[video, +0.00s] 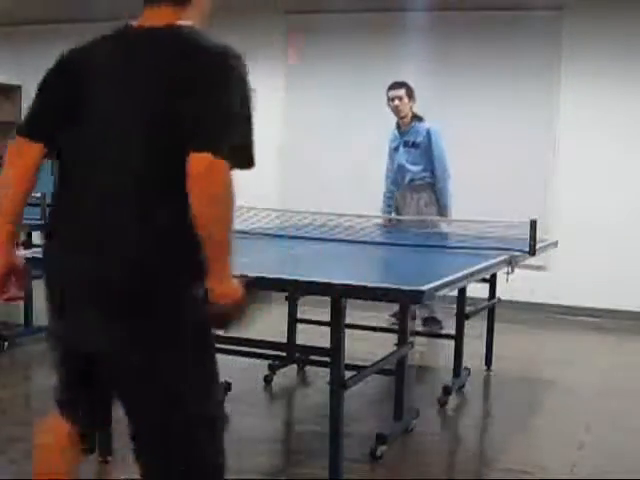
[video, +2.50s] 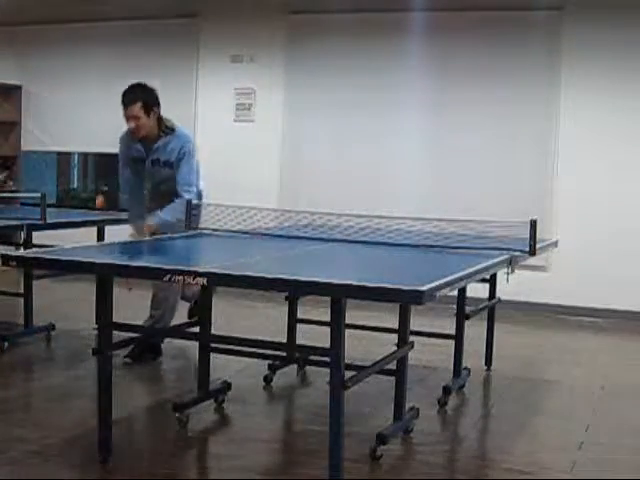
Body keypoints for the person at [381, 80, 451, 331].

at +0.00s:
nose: (396, 104)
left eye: (400, 98)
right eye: (391, 100)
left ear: (411, 101)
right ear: (388, 105)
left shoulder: (428, 132)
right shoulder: (395, 138)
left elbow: (442, 172)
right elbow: (390, 177)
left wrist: (445, 212)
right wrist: (386, 211)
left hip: (424, 193)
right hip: (402, 194)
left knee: (425, 250)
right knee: (403, 249)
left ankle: (430, 310)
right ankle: (406, 305)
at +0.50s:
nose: (365, 109)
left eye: (370, 104)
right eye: (362, 104)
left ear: (382, 109)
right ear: (358, 109)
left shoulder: (396, 144)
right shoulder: (353, 146)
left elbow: (410, 186)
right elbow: (350, 188)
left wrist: (405, 220)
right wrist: (350, 220)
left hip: (392, 216)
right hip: (363, 217)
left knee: (389, 267)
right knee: (363, 268)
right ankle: (375, 322)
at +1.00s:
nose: (288, 107)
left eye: (292, 101)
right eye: (284, 103)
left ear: (305, 99)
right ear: (281, 105)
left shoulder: (330, 135)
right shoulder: (278, 138)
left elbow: (350, 173)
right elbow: (266, 177)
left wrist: (358, 210)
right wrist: (261, 211)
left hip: (316, 203)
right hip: (283, 203)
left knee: (334, 262)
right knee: (265, 261)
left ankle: (366, 324)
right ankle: (248, 323)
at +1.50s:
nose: (217, 93)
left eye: (221, 86)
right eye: (212, 88)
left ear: (237, 85)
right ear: (209, 91)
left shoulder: (260, 125)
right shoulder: (207, 126)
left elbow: (272, 162)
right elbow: (196, 165)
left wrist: (268, 198)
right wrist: (189, 205)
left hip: (248, 189)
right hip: (220, 187)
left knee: (238, 253)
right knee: (220, 253)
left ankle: (222, 318)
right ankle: (242, 314)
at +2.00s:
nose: (132, 151)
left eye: (136, 144)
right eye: (129, 145)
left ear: (157, 138)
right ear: (127, 142)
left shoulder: (192, 161)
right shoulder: (130, 165)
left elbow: (212, 202)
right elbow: (106, 197)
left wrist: (200, 238)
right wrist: (68, 219)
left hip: (192, 231)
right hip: (162, 230)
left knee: (165, 280)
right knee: (180, 281)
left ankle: (149, 341)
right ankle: (223, 307)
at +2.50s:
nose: (131, 126)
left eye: (136, 119)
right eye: (128, 119)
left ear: (154, 113)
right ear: (125, 117)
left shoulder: (181, 143)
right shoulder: (128, 142)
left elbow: (187, 198)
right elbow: (129, 189)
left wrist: (153, 222)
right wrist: (138, 227)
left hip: (183, 215)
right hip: (152, 216)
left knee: (168, 274)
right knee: (153, 268)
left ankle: (152, 337)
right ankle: (196, 291)